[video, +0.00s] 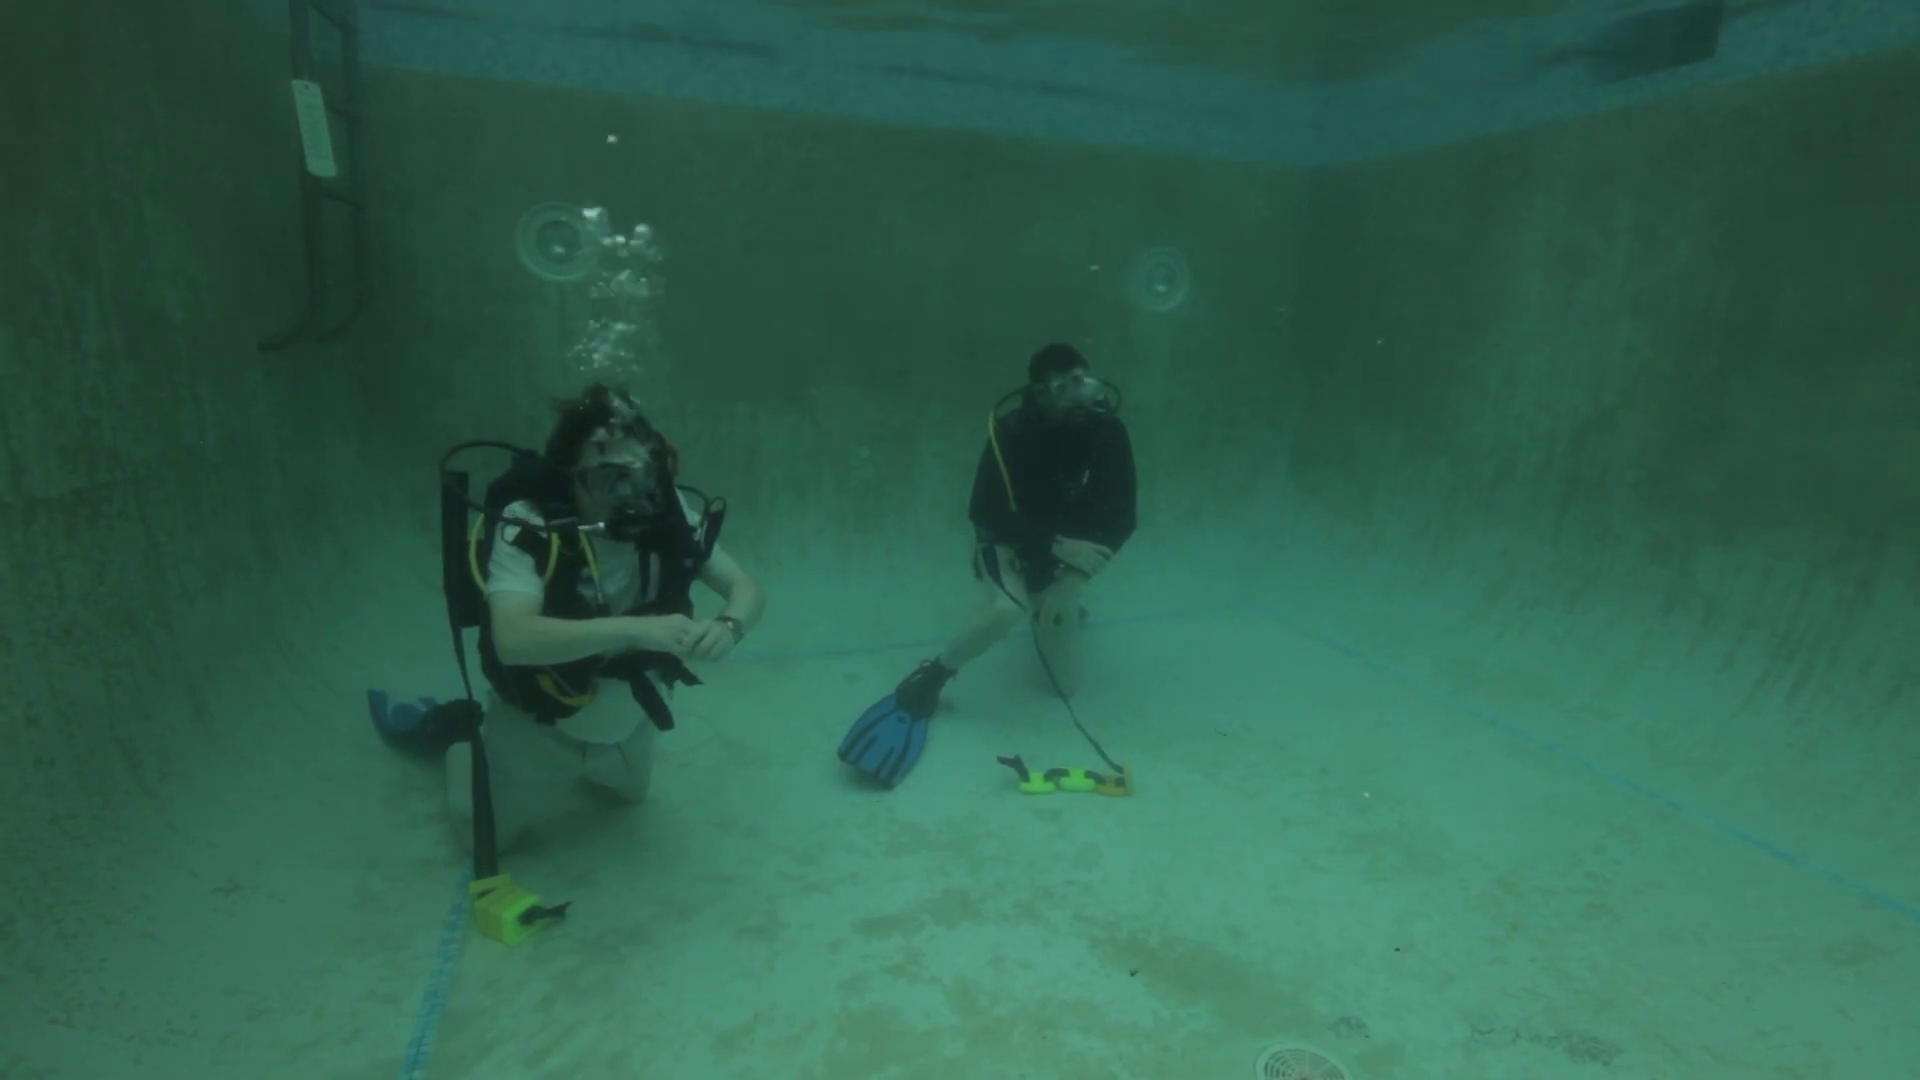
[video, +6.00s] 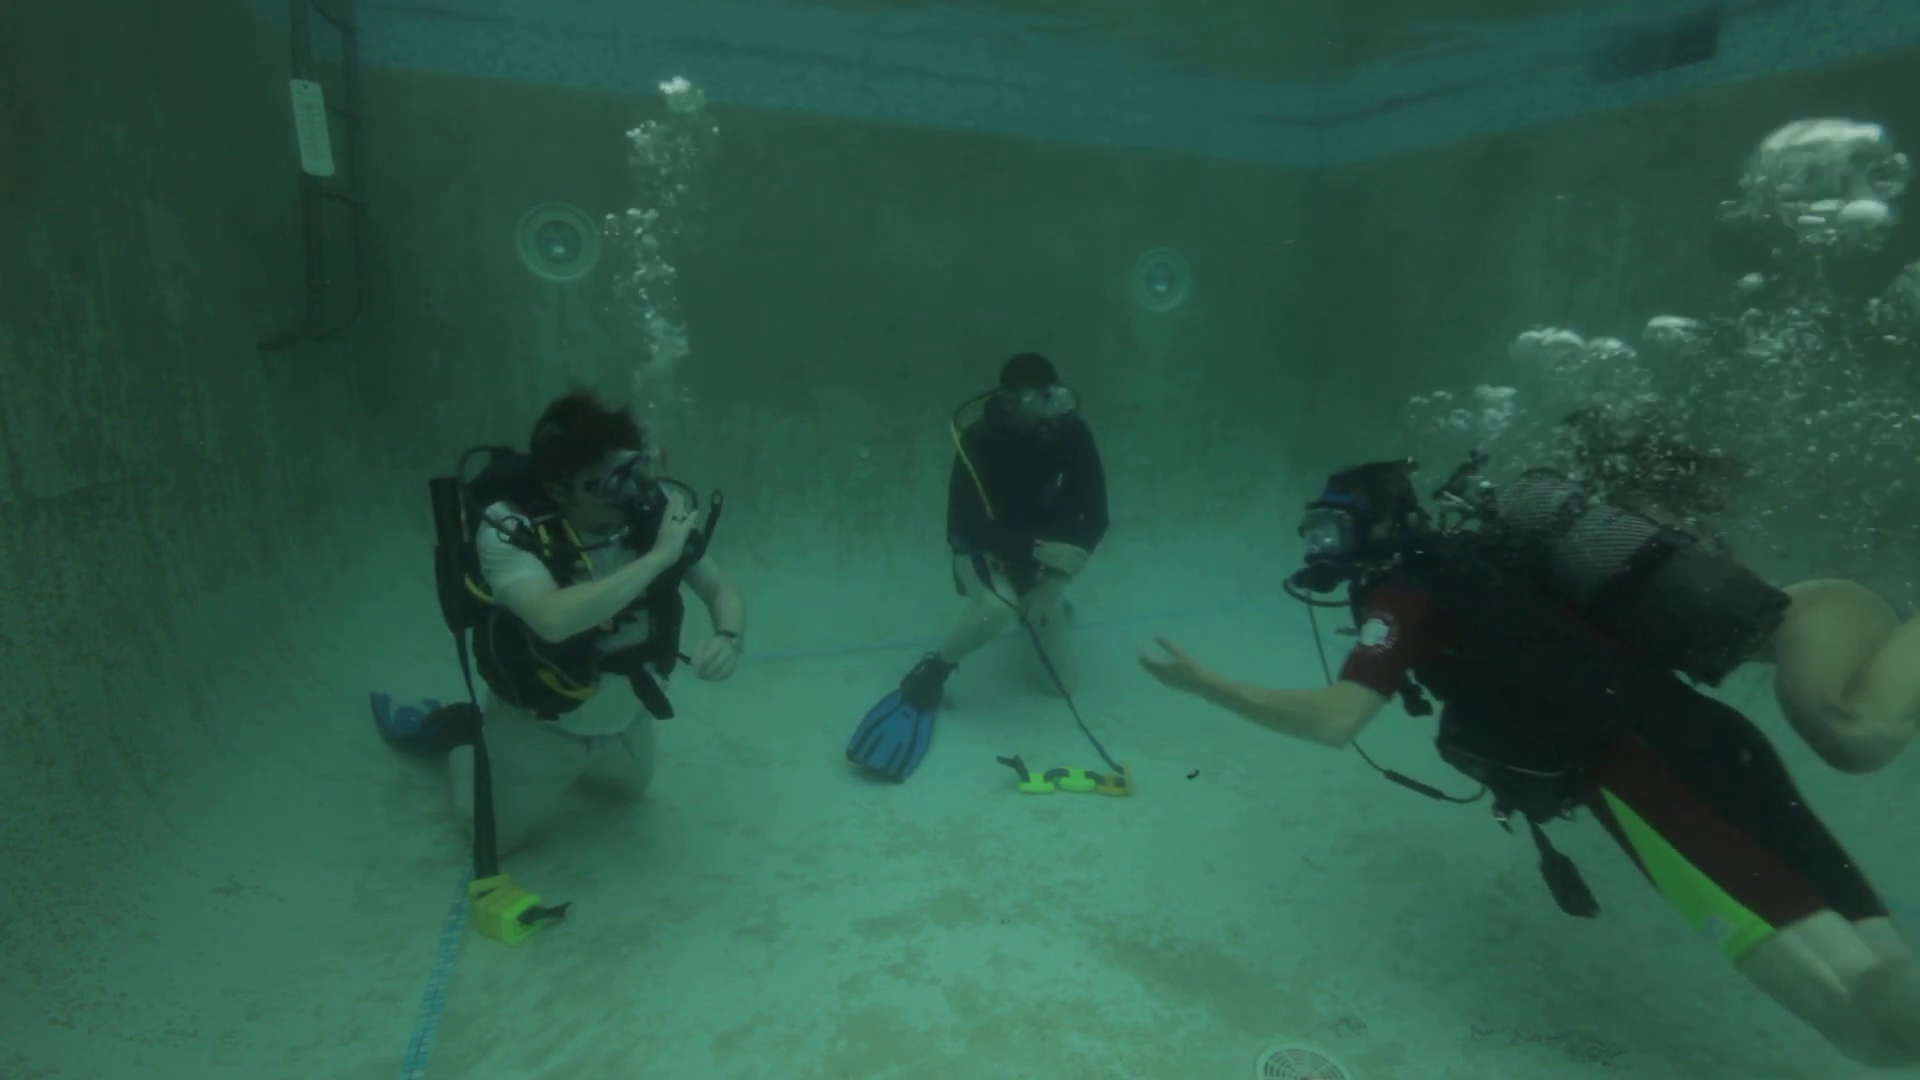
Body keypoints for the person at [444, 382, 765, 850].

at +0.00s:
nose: (622, 492)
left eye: (633, 475)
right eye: (604, 477)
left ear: (656, 471)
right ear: (573, 478)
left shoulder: (668, 515)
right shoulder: (527, 522)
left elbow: (745, 588)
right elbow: (512, 638)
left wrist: (729, 626)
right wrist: (638, 631)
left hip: (626, 706)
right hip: (538, 713)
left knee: (628, 786)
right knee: (486, 835)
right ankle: (461, 729)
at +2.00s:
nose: (630, 492)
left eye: (642, 476)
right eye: (610, 477)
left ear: (661, 478)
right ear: (575, 481)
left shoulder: (672, 521)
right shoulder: (531, 530)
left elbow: (749, 596)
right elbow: (516, 652)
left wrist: (733, 639)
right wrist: (646, 645)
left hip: (628, 713)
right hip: (538, 720)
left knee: (628, 787)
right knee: (484, 835)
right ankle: (462, 729)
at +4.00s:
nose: (650, 508)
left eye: (656, 489)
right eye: (630, 498)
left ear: (665, 474)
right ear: (582, 496)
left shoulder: (666, 515)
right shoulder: (525, 526)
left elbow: (743, 588)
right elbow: (511, 643)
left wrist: (728, 631)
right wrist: (641, 637)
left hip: (627, 708)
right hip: (538, 718)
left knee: (628, 787)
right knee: (491, 837)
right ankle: (465, 730)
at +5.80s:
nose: (634, 494)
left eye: (637, 475)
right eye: (614, 483)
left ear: (645, 466)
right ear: (566, 491)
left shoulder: (653, 508)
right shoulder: (510, 528)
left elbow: (721, 583)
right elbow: (538, 632)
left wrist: (733, 627)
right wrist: (652, 576)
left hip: (626, 706)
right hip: (538, 719)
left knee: (627, 787)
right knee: (507, 830)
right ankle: (463, 731)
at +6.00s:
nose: (635, 492)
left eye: (636, 472)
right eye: (614, 481)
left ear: (643, 462)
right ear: (562, 489)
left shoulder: (646, 512)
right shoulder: (506, 529)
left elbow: (719, 586)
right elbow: (552, 620)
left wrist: (727, 636)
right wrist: (660, 556)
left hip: (625, 711)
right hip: (538, 722)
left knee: (627, 786)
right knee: (503, 832)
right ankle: (461, 731)